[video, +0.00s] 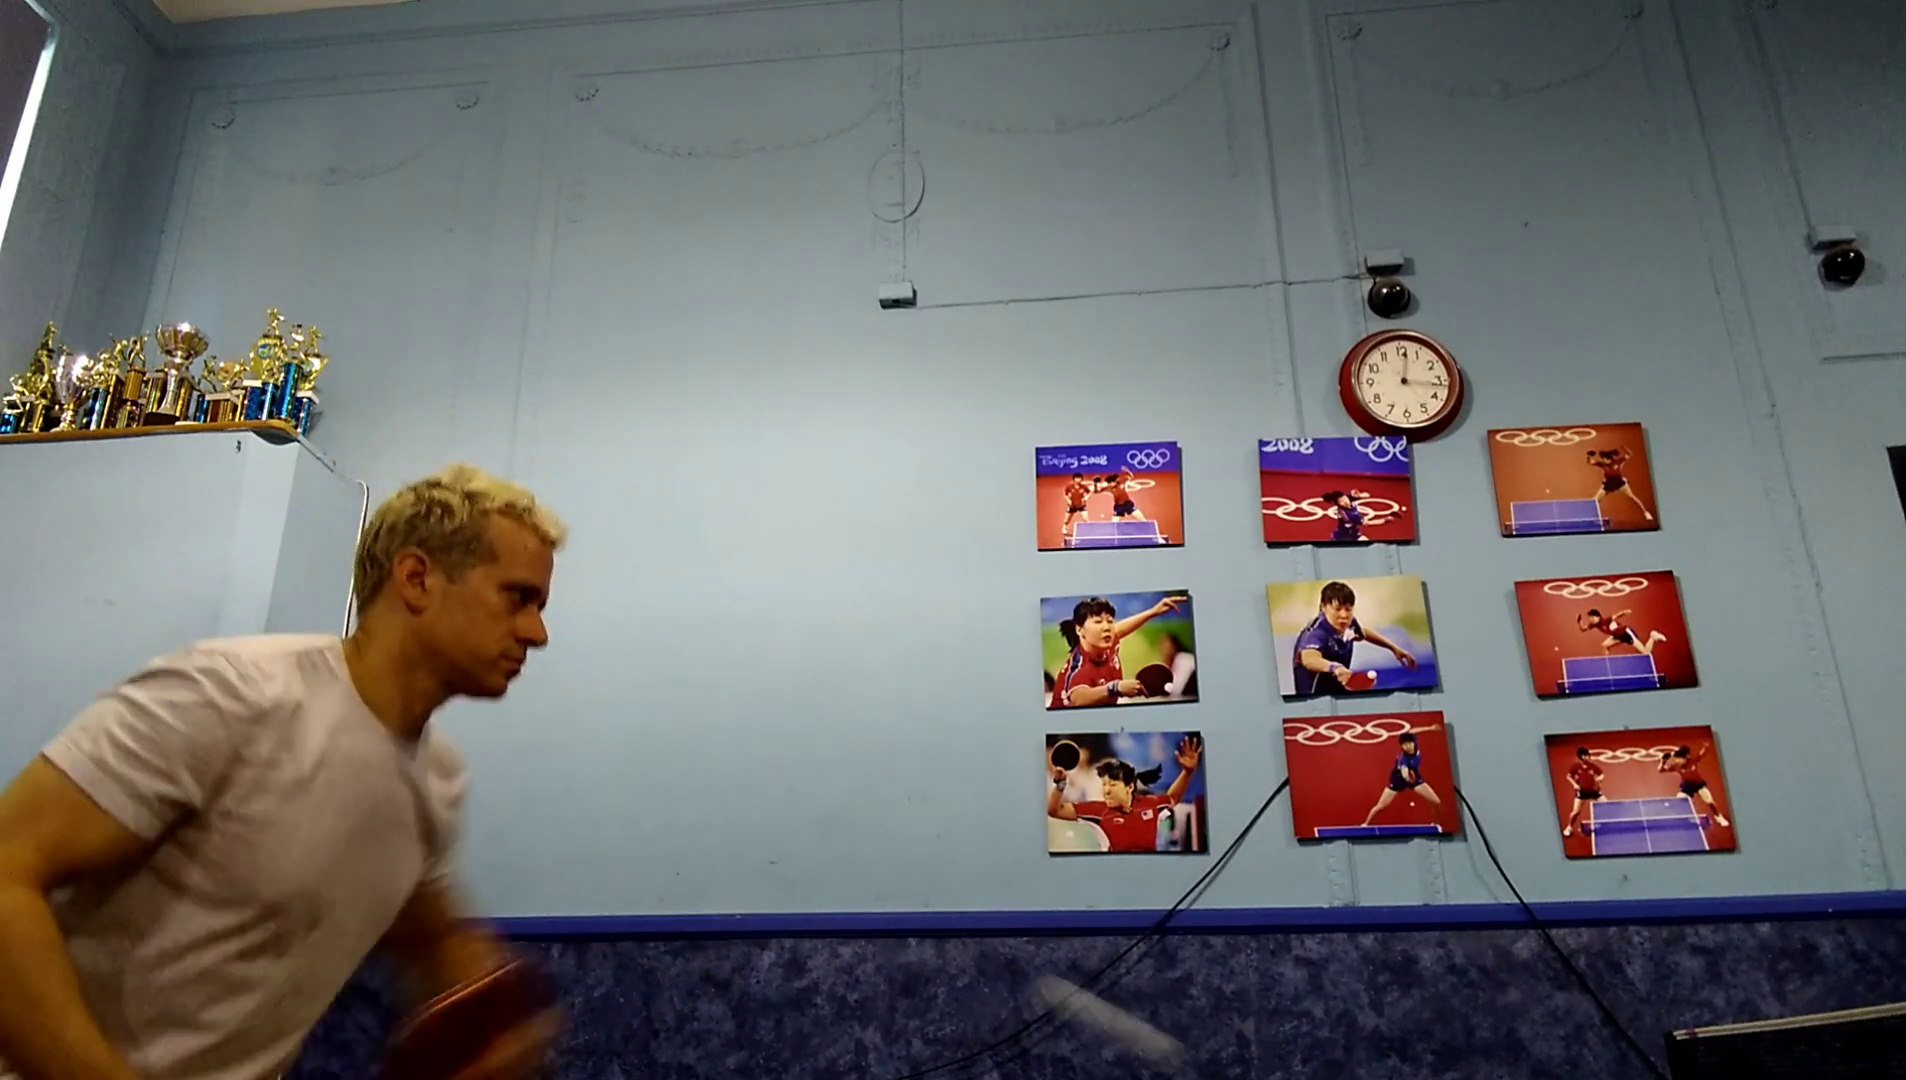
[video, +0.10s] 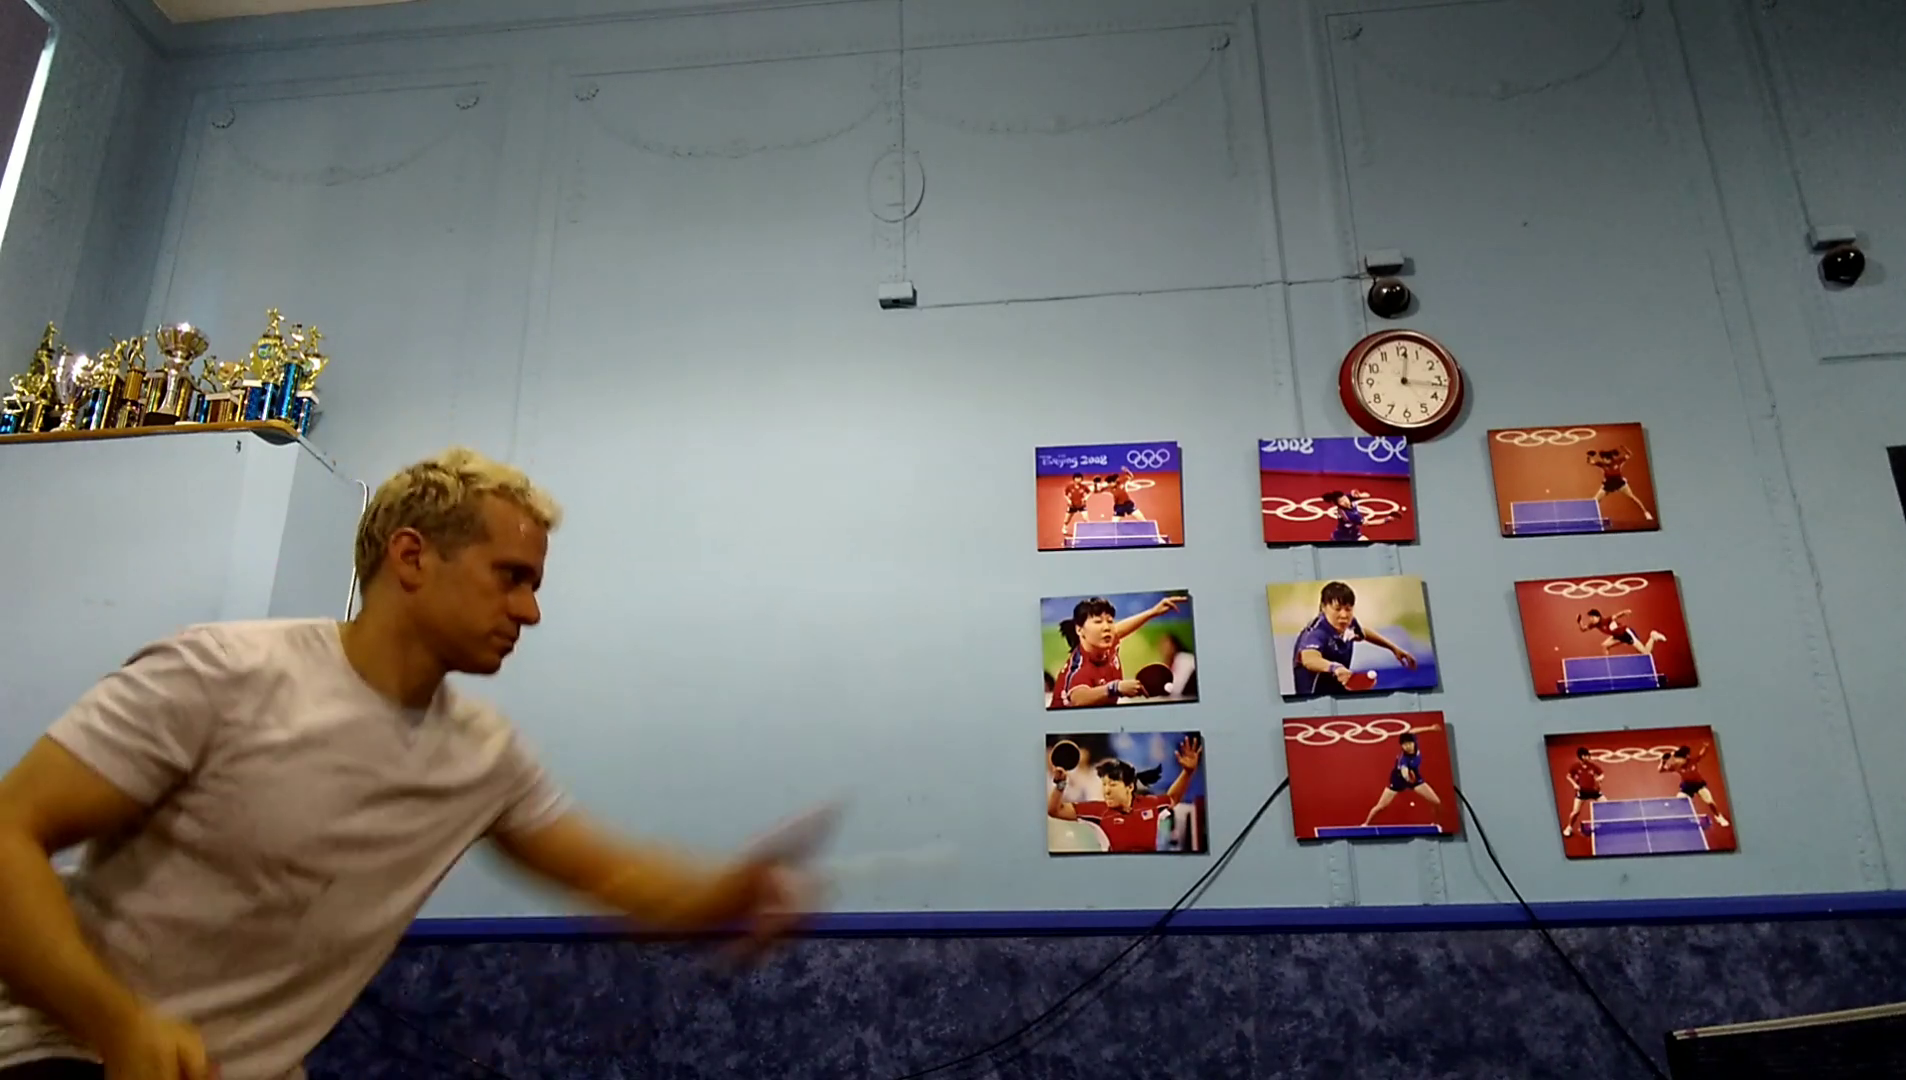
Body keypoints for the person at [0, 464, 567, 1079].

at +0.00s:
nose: (539, 633)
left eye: (540, 606)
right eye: (518, 597)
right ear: (416, 582)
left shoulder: (434, 780)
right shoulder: (228, 694)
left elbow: (431, 935)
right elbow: (4, 868)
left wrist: (489, 1014)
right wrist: (91, 1065)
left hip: (245, 1069)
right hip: (79, 1053)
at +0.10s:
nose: (531, 608)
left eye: (535, 584)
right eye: (511, 576)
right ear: (409, 559)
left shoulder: (485, 757)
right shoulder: (224, 676)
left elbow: (614, 873)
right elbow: (10, 835)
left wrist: (719, 902)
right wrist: (117, 1026)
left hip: (252, 1064)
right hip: (62, 1040)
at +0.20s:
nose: (533, 596)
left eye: (536, 573)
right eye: (512, 566)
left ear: (449, 572)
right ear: (412, 554)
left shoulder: (504, 730)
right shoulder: (221, 669)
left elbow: (696, 780)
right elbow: (12, 810)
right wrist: (98, 956)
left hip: (270, 1077)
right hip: (81, 1045)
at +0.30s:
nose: (532, 592)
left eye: (535, 569)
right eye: (512, 562)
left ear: (455, 572)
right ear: (415, 553)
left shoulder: (498, 721)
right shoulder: (224, 664)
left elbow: (694, 752)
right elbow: (15, 802)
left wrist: (894, 753)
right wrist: (92, 937)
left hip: (287, 1072)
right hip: (95, 1049)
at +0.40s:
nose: (525, 590)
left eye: (528, 567)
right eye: (505, 559)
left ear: (429, 557)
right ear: (406, 546)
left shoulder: (484, 733)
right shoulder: (225, 657)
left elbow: (644, 804)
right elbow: (14, 799)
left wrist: (790, 806)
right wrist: (101, 941)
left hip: (278, 1065)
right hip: (89, 1040)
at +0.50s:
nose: (519, 584)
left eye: (519, 562)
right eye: (497, 553)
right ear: (398, 543)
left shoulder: (463, 744)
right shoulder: (225, 648)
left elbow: (547, 877)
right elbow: (9, 792)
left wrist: (614, 931)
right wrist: (142, 956)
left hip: (247, 1064)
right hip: (68, 1025)